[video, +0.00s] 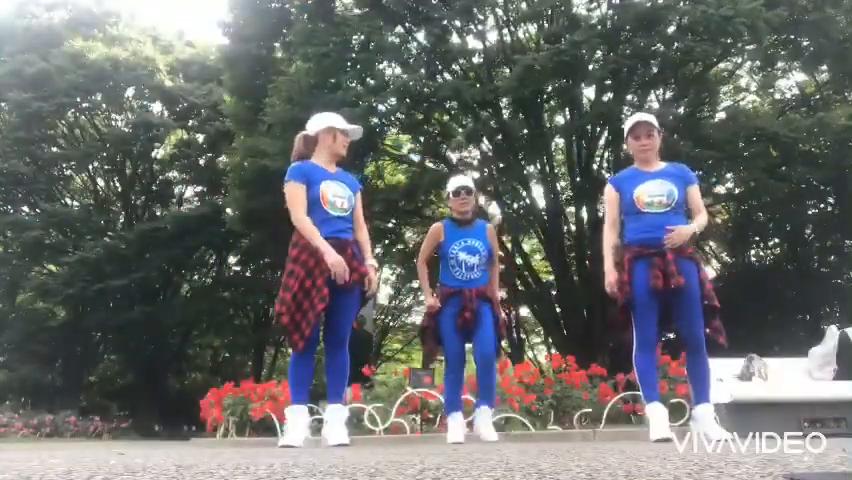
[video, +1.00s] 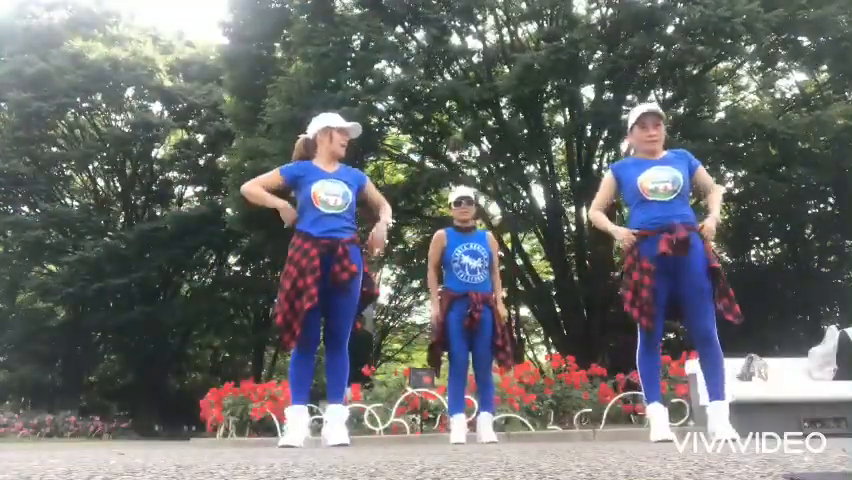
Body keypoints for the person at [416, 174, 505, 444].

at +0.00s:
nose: (462, 198)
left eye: (467, 193)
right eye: (456, 194)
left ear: (475, 197)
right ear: (449, 199)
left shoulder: (487, 229)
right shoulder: (440, 229)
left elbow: (494, 265)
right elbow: (422, 261)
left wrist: (495, 299)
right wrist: (428, 295)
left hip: (482, 297)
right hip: (451, 297)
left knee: (486, 353)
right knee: (454, 357)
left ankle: (483, 414)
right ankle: (454, 417)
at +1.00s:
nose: (464, 208)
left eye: (468, 204)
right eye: (458, 204)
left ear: (475, 209)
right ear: (451, 209)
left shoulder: (488, 238)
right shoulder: (442, 237)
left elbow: (495, 272)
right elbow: (432, 269)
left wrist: (499, 300)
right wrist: (435, 300)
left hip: (484, 302)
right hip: (456, 301)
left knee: (483, 362)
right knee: (459, 360)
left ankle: (485, 420)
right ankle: (457, 420)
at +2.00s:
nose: (490, 215)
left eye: (494, 212)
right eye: (485, 211)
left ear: (501, 216)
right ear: (477, 216)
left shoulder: (508, 238)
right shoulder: (469, 239)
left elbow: (527, 220)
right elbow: (451, 222)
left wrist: (504, 205)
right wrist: (471, 208)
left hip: (505, 304)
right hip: (478, 303)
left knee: (502, 364)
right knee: (473, 363)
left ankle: (501, 421)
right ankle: (462, 420)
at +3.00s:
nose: (468, 219)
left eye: (473, 215)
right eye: (463, 215)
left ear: (479, 218)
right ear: (455, 218)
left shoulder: (487, 240)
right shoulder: (451, 241)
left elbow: (509, 247)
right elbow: (434, 251)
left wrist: (490, 223)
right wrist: (451, 225)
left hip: (487, 303)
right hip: (460, 302)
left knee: (491, 363)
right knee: (459, 363)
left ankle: (500, 420)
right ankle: (454, 421)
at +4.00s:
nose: (461, 218)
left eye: (466, 214)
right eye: (456, 214)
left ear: (472, 218)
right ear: (448, 219)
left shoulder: (485, 246)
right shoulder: (441, 247)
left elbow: (496, 279)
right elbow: (430, 281)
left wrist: (501, 305)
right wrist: (423, 309)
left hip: (483, 306)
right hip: (454, 307)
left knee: (489, 358)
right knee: (456, 365)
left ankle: (498, 419)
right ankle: (456, 422)